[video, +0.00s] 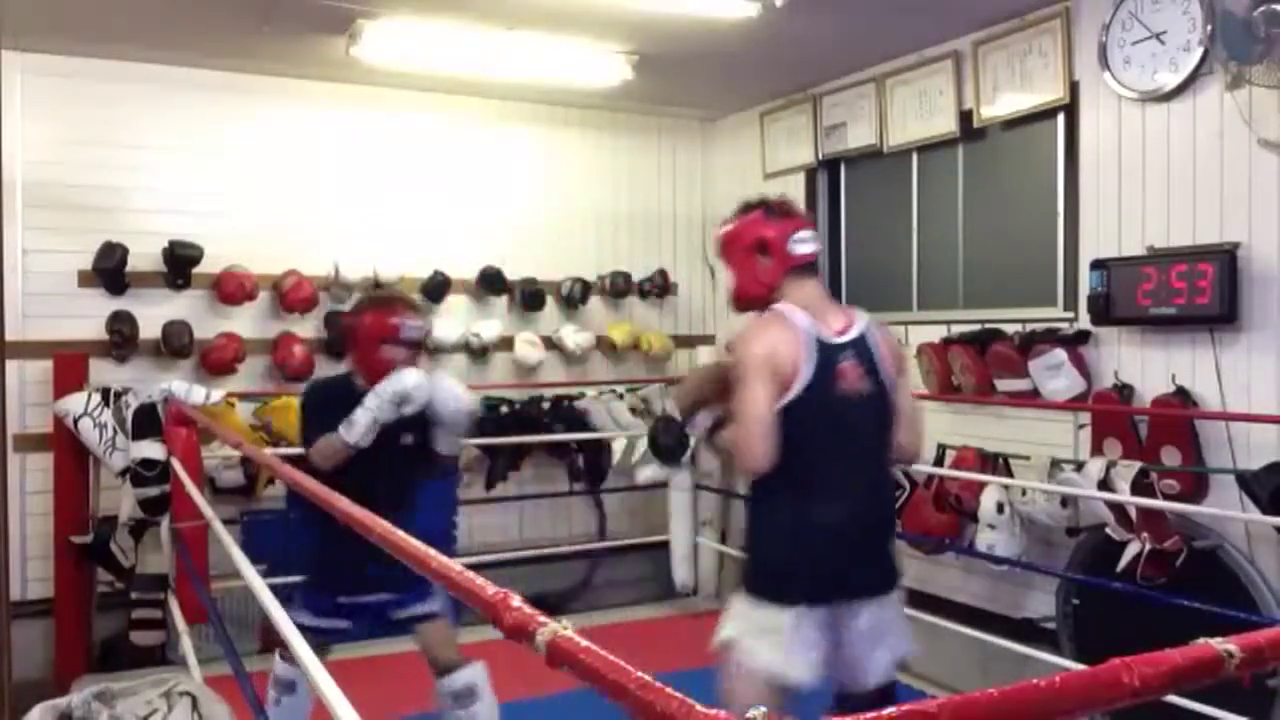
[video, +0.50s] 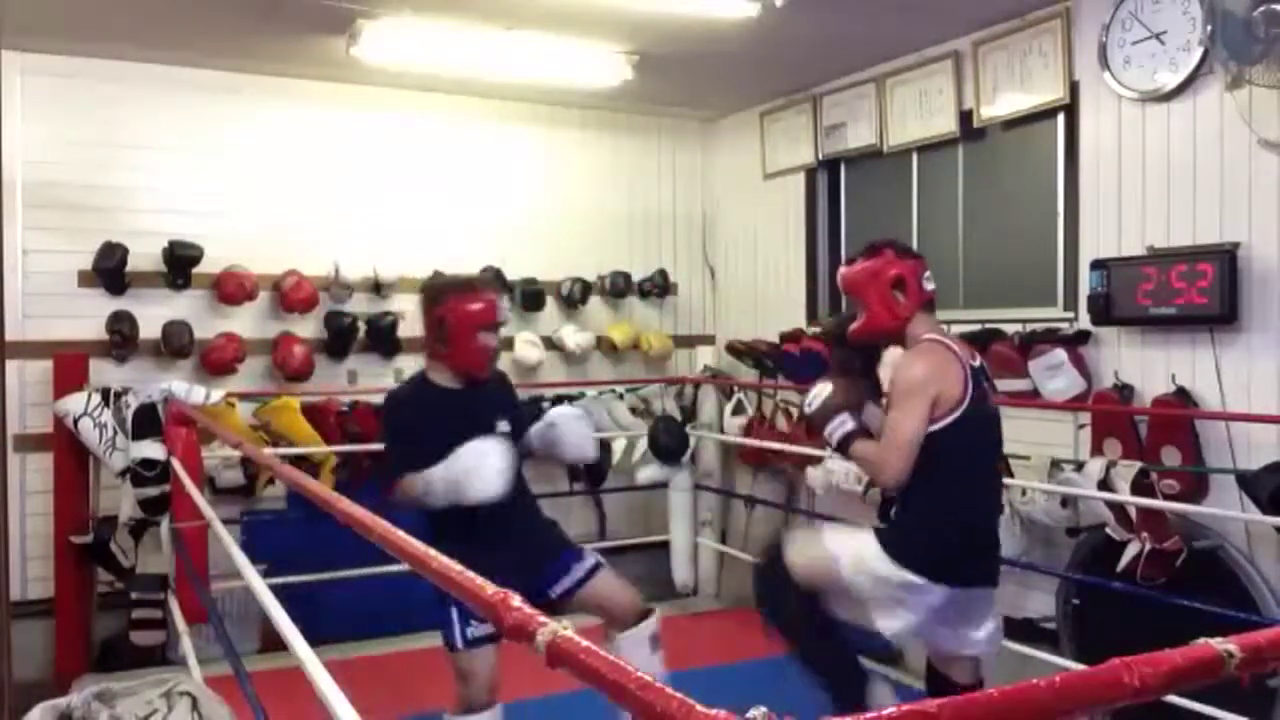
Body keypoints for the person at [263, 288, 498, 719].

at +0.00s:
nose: (409, 357)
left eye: (416, 346)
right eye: (398, 344)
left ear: (421, 349)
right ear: (365, 343)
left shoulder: (419, 400)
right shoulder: (326, 394)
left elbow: (437, 472)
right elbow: (320, 458)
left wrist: (450, 428)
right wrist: (374, 408)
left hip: (402, 557)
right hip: (333, 557)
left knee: (450, 662)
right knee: (290, 676)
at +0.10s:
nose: (432, 347)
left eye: (440, 337)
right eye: (422, 335)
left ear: (447, 343)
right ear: (395, 337)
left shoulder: (449, 389)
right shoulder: (352, 389)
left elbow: (481, 433)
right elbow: (314, 456)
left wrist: (509, 441)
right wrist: (344, 435)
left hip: (439, 549)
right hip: (370, 551)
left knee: (480, 646)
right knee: (331, 659)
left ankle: (495, 714)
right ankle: (298, 711)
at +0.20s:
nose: (461, 338)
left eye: (468, 327)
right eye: (450, 326)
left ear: (472, 332)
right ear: (417, 327)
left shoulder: (473, 383)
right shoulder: (373, 388)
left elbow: (508, 441)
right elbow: (331, 442)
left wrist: (500, 418)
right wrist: (306, 462)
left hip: (465, 532)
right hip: (401, 537)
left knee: (499, 645)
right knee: (380, 663)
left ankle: (502, 713)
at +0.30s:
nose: (470, 337)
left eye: (474, 325)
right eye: (459, 325)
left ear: (479, 326)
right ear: (425, 327)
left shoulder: (482, 380)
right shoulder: (378, 393)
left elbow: (516, 446)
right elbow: (365, 467)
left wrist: (497, 406)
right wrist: (335, 466)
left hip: (498, 533)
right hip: (434, 546)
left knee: (530, 651)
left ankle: (524, 711)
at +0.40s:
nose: (476, 344)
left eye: (478, 331)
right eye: (463, 332)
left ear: (482, 331)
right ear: (427, 334)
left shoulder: (486, 386)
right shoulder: (390, 406)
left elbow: (548, 437)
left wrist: (537, 427)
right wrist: (385, 480)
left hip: (518, 538)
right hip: (456, 554)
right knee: (476, 686)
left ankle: (581, 711)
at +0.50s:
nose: (493, 342)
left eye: (494, 330)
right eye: (483, 331)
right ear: (445, 335)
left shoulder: (494, 385)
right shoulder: (407, 404)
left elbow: (517, 436)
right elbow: (399, 487)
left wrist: (552, 436)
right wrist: (446, 480)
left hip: (531, 540)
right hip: (467, 561)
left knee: (630, 610)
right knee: (478, 695)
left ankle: (648, 712)